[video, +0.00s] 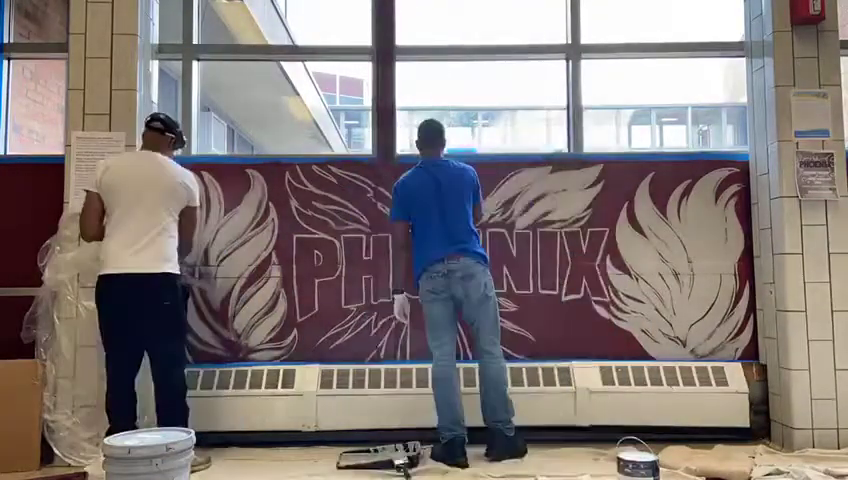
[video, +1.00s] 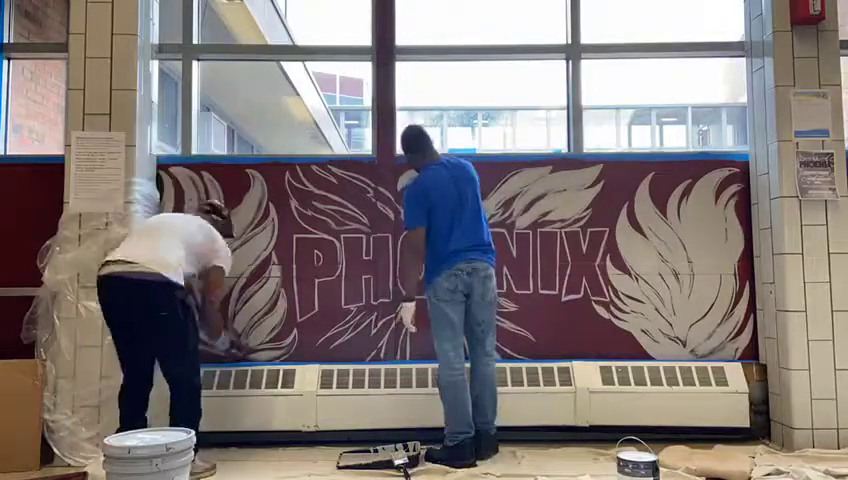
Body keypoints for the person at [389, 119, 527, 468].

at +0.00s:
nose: (430, 149)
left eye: (423, 144)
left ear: (417, 146)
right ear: (445, 144)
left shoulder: (404, 184)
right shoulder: (466, 173)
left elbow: (402, 241)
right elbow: (478, 217)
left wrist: (401, 291)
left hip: (431, 271)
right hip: (471, 265)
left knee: (443, 356)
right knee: (489, 350)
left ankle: (453, 444)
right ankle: (502, 437)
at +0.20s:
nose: (434, 151)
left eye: (426, 146)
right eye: (440, 145)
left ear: (419, 147)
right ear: (447, 145)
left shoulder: (405, 183)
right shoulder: (468, 173)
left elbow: (402, 240)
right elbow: (477, 218)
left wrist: (403, 290)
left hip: (430, 271)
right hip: (471, 265)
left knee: (443, 357)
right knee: (489, 351)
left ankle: (453, 444)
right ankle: (501, 437)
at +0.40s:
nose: (410, 152)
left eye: (408, 146)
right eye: (419, 144)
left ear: (407, 147)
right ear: (434, 144)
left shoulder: (404, 184)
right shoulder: (459, 173)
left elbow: (401, 242)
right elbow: (463, 221)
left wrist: (400, 287)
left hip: (430, 268)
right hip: (469, 262)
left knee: (441, 355)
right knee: (482, 350)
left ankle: (452, 443)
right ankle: (488, 437)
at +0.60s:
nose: (413, 152)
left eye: (410, 147)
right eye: (422, 144)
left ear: (408, 148)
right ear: (435, 144)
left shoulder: (405, 184)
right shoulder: (460, 172)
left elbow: (402, 242)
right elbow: (463, 221)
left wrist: (402, 288)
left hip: (432, 268)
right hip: (471, 262)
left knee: (441, 356)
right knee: (483, 351)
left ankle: (452, 444)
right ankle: (488, 437)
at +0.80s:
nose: (422, 152)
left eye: (416, 147)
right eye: (429, 144)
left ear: (411, 149)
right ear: (438, 144)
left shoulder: (406, 185)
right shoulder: (465, 173)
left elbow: (404, 243)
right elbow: (481, 216)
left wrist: (402, 290)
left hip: (434, 268)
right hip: (473, 264)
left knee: (442, 355)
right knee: (483, 351)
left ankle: (451, 444)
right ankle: (487, 437)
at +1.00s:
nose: (409, 161)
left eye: (408, 157)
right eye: (411, 155)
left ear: (409, 156)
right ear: (434, 145)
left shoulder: (416, 187)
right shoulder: (466, 168)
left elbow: (415, 242)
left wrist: (408, 297)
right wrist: (419, 175)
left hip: (446, 271)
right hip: (483, 266)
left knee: (451, 357)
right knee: (484, 352)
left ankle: (460, 443)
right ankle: (486, 437)